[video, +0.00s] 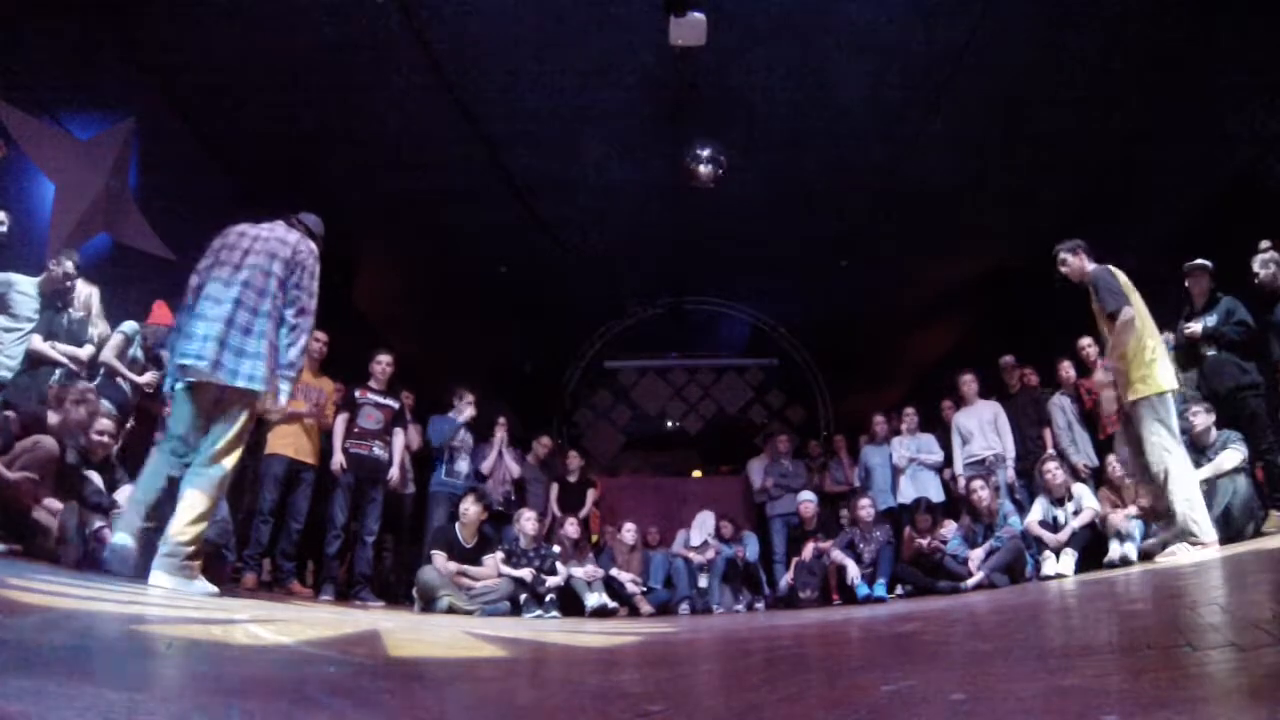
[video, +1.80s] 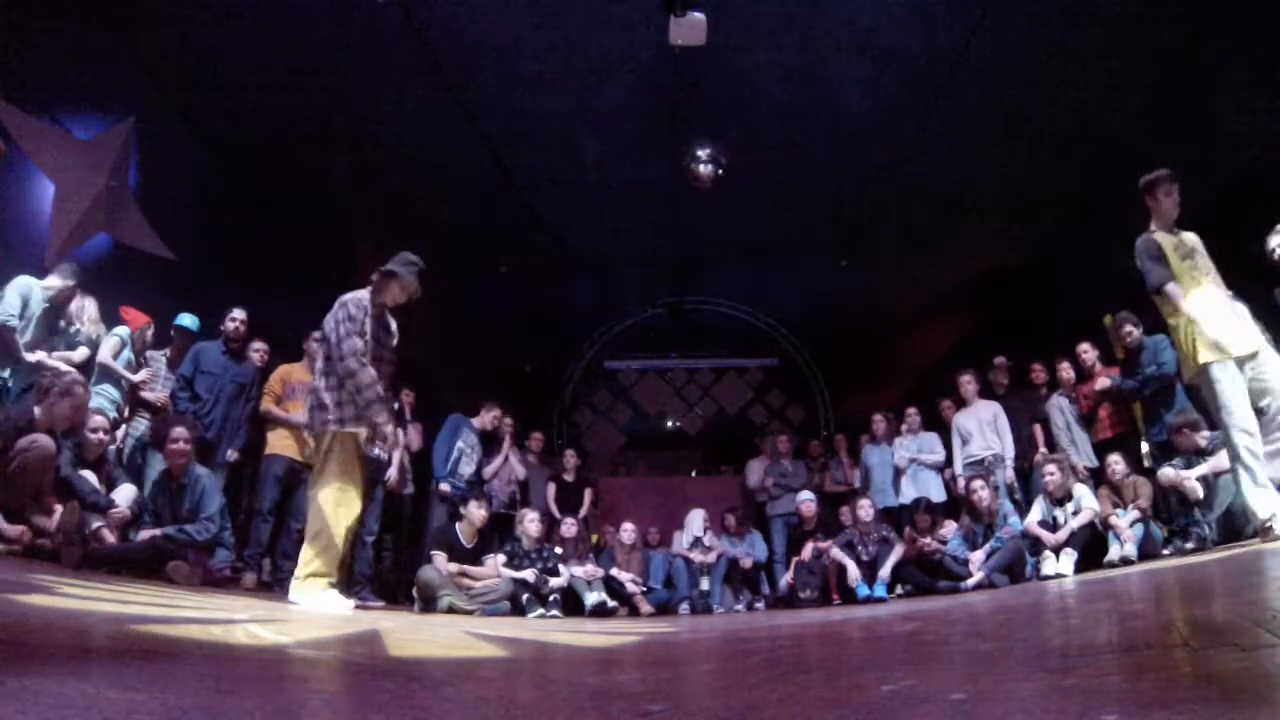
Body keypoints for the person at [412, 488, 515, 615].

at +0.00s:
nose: (465, 508)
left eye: (473, 505)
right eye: (464, 502)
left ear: (483, 515)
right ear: (459, 506)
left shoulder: (485, 539)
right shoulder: (443, 533)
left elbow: (492, 572)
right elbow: (440, 566)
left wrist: (460, 568)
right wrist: (474, 584)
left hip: (476, 590)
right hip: (446, 588)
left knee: (507, 585)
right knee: (426, 573)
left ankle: (453, 605)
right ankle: (476, 609)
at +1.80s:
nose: (484, 514)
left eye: (486, 509)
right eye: (478, 508)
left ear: (489, 512)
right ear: (462, 510)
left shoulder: (485, 538)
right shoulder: (442, 533)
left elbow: (493, 572)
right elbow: (442, 570)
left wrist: (462, 569)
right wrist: (474, 584)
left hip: (476, 591)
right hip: (447, 588)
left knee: (506, 585)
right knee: (427, 574)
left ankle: (453, 604)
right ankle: (476, 609)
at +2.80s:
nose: (493, 519)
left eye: (493, 514)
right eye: (490, 514)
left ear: (478, 514)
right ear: (475, 514)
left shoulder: (486, 538)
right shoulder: (445, 533)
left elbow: (492, 572)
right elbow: (442, 570)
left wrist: (462, 569)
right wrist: (475, 584)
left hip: (477, 590)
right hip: (448, 589)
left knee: (507, 585)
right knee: (429, 574)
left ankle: (455, 604)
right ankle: (478, 610)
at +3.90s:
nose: (487, 513)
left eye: (488, 508)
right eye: (481, 507)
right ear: (465, 509)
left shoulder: (484, 536)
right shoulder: (443, 530)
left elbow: (493, 572)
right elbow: (442, 570)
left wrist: (462, 569)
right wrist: (474, 584)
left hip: (477, 590)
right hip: (448, 588)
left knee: (507, 584)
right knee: (426, 572)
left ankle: (456, 604)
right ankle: (477, 609)